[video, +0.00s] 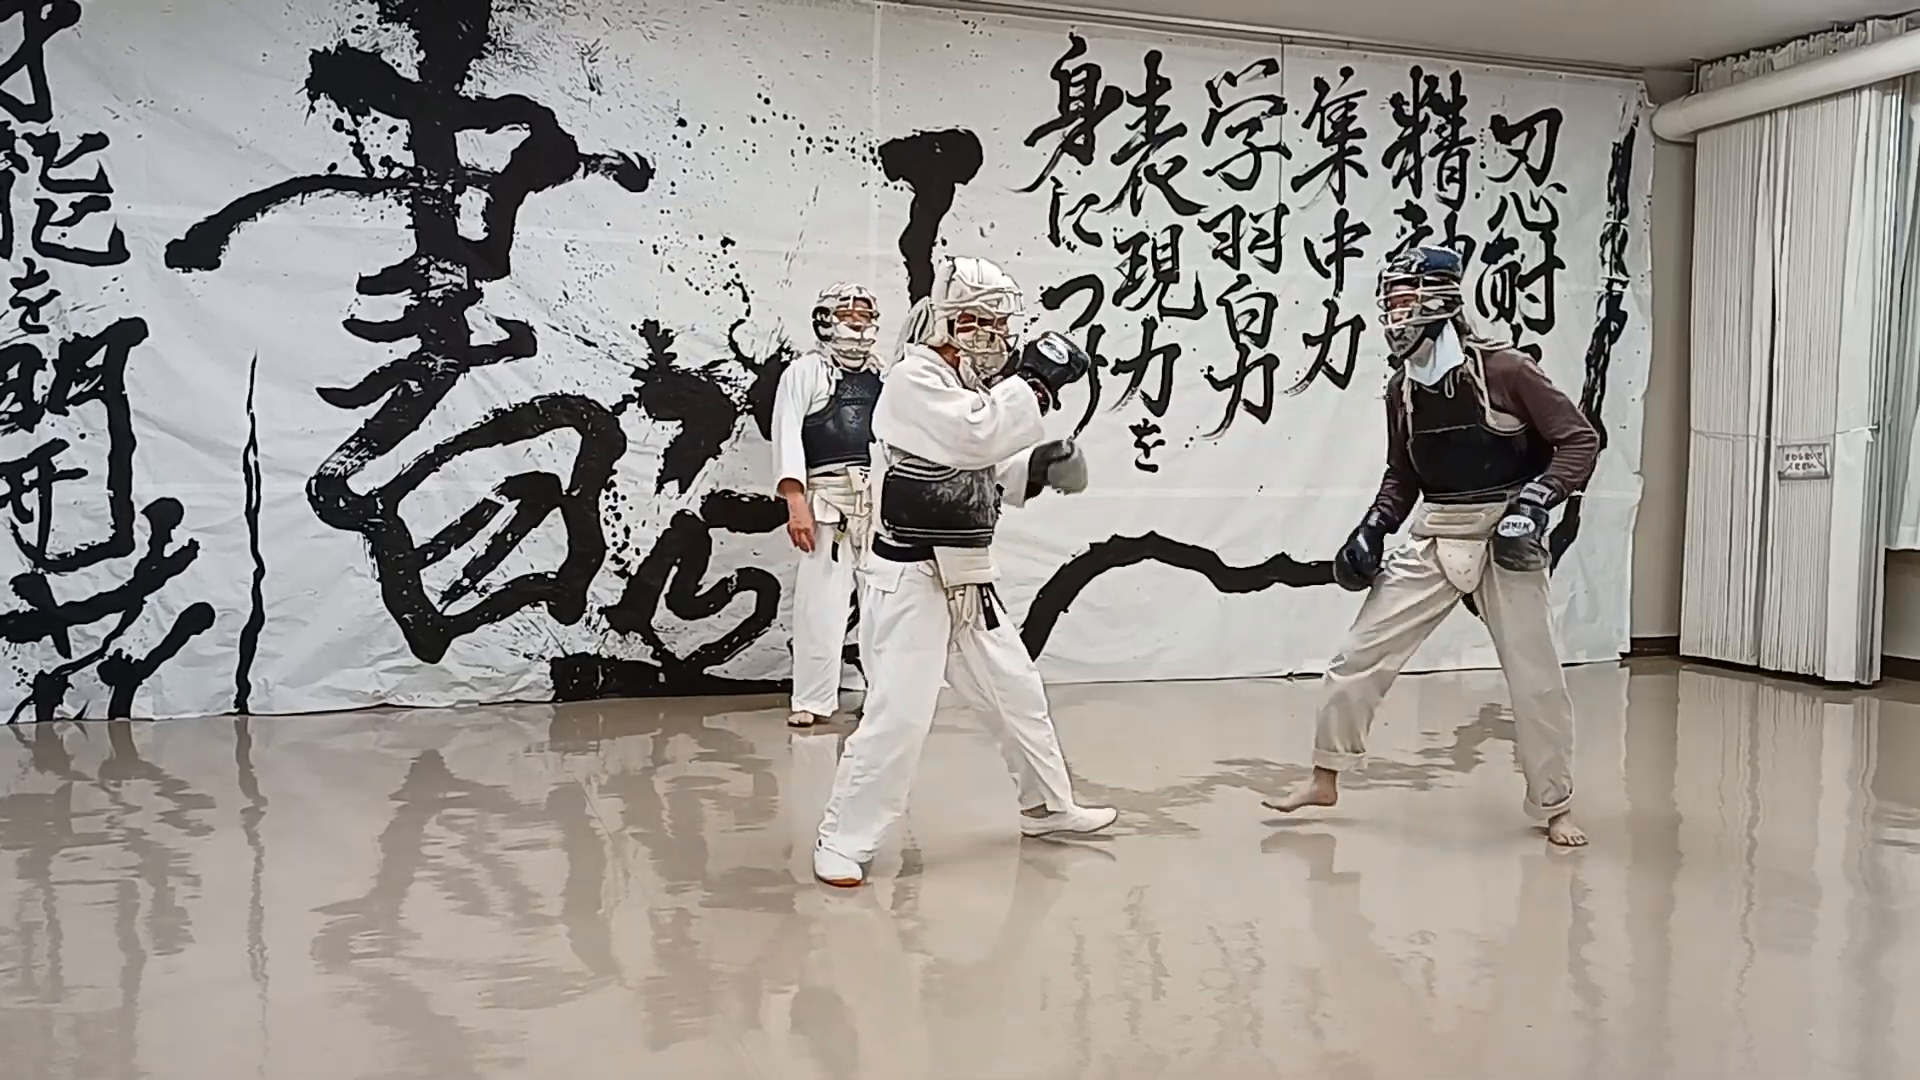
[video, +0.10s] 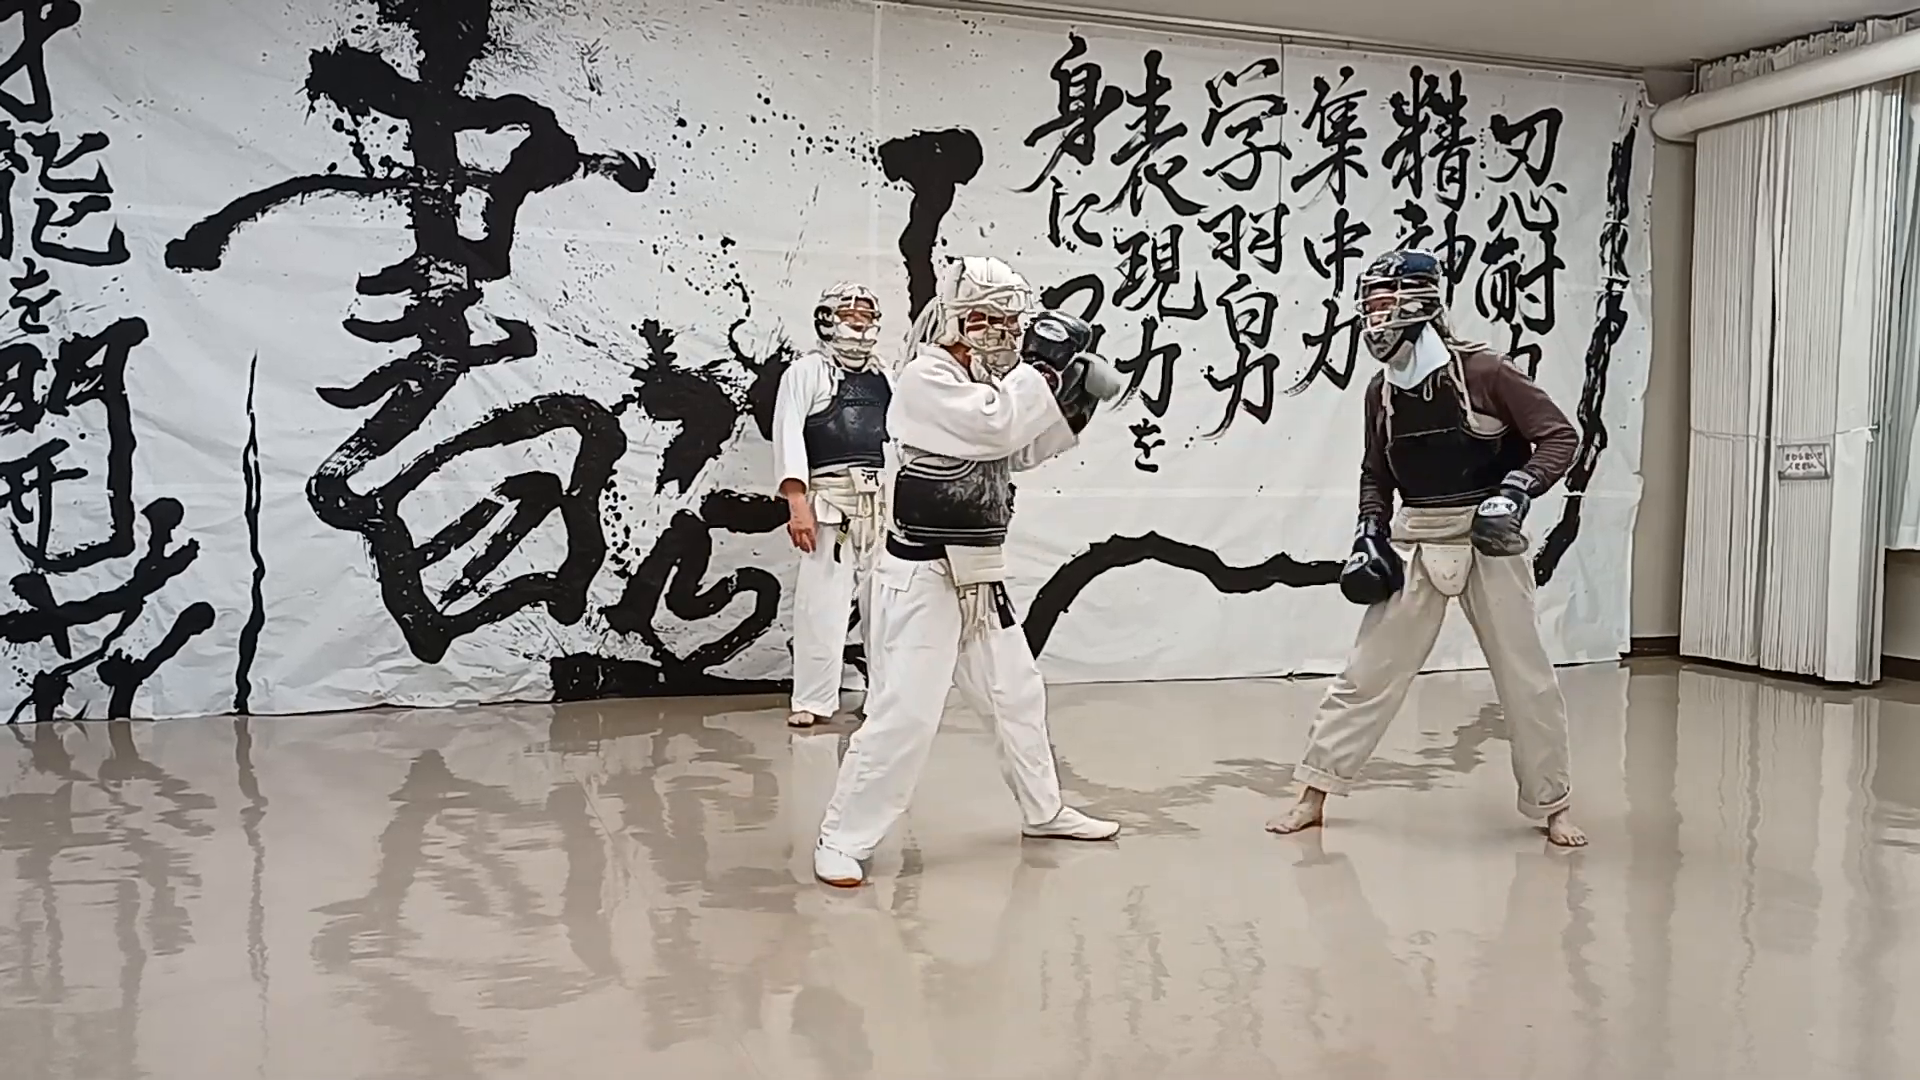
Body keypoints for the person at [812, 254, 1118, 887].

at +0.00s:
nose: (991, 334)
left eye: (998, 323)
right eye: (978, 321)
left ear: (1005, 328)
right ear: (947, 321)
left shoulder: (975, 388)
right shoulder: (914, 375)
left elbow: (979, 477)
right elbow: (975, 432)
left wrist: (1039, 473)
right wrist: (1037, 380)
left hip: (964, 572)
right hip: (908, 574)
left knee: (1018, 688)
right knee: (898, 714)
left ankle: (1048, 807)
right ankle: (842, 845)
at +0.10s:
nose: (1007, 334)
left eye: (1012, 324)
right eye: (995, 321)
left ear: (1010, 326)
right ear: (961, 320)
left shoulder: (986, 385)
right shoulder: (925, 376)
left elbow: (1021, 450)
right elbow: (995, 426)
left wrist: (1078, 408)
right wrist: (1046, 368)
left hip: (974, 572)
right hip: (918, 574)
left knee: (1018, 693)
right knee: (905, 715)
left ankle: (1046, 813)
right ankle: (841, 844)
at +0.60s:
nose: (1073, 359)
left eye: (1079, 348)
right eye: (1059, 348)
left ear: (1084, 350)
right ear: (1028, 349)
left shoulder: (1059, 407)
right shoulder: (994, 408)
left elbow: (1072, 467)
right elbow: (1055, 478)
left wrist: (1127, 419)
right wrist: (1117, 428)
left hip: (1029, 588)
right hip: (972, 591)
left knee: (1095, 688)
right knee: (962, 721)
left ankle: (1110, 804)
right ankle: (890, 822)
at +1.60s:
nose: (1088, 344)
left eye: (1095, 332)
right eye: (1076, 331)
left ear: (1098, 334)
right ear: (1042, 330)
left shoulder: (1070, 395)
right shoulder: (997, 388)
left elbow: (1084, 468)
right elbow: (1017, 489)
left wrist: (1110, 494)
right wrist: (1098, 498)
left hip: (1056, 573)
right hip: (991, 575)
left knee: (1124, 673)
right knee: (982, 703)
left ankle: (1139, 795)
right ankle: (906, 834)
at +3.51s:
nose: (1072, 350)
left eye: (1084, 337)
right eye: (1056, 337)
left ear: (1098, 344)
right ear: (1029, 342)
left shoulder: (1098, 414)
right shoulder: (989, 408)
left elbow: (1102, 507)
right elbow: (970, 507)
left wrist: (1120, 548)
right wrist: (1036, 535)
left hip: (1073, 589)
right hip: (998, 592)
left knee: (1131, 705)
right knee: (974, 719)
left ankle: (1140, 823)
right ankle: (905, 833)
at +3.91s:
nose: (1106, 353)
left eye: (1115, 340)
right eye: (1089, 340)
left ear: (1126, 345)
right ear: (1057, 346)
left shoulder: (1121, 417)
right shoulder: (1021, 415)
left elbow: (1125, 496)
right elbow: (1021, 512)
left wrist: (1154, 521)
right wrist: (1102, 517)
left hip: (1097, 596)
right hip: (1023, 596)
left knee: (1181, 685)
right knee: (987, 720)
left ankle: (1184, 826)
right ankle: (929, 817)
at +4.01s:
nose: (1148, 345)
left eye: (1155, 332)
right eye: (1133, 332)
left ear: (1162, 337)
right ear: (1100, 340)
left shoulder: (1157, 413)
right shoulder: (1069, 405)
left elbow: (1173, 494)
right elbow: (1081, 491)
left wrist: (1220, 486)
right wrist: (1157, 474)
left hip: (1133, 591)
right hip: (1061, 590)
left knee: (1199, 700)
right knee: (1020, 728)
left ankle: (1193, 839)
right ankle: (934, 805)